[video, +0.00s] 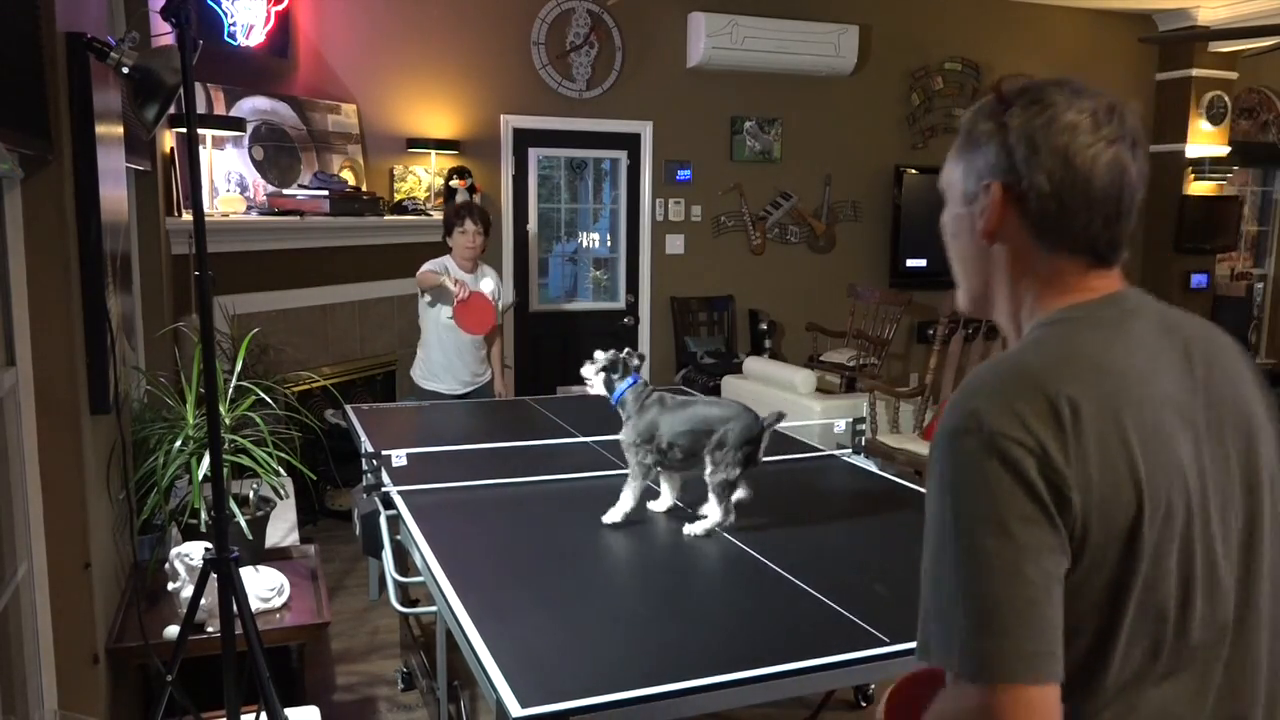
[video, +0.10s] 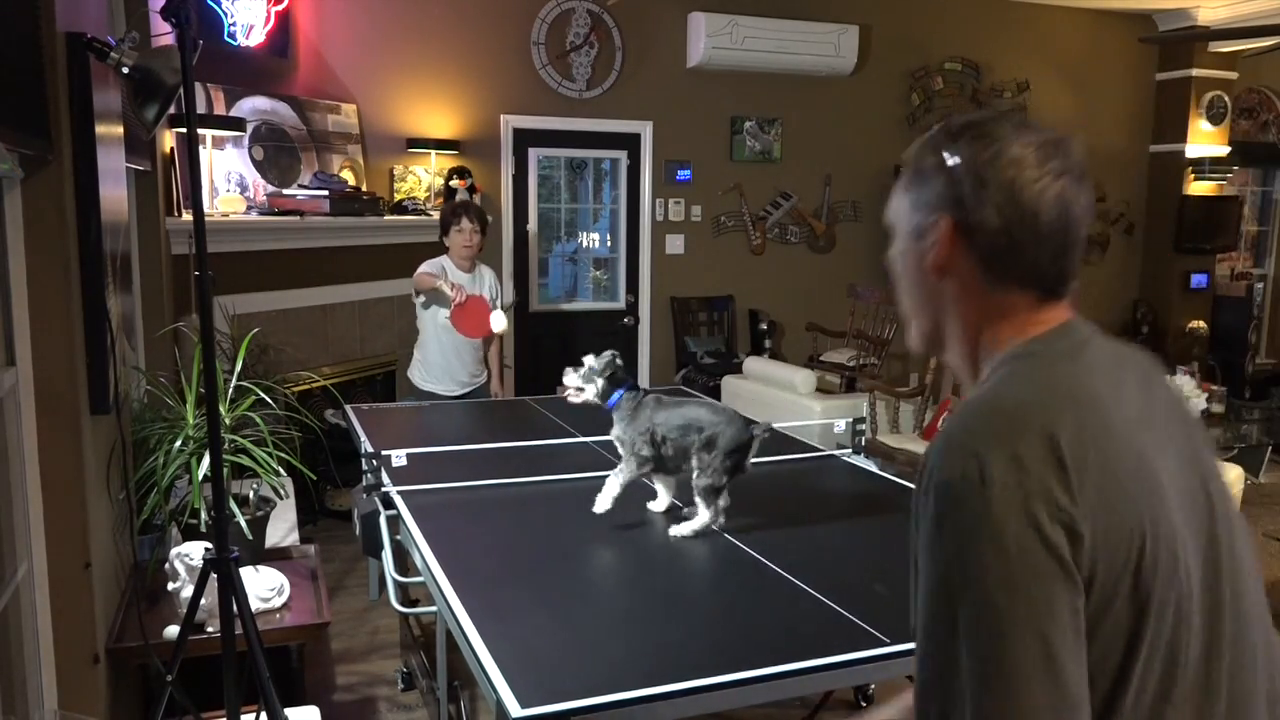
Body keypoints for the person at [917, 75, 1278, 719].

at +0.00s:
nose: (944, 228)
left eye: (948, 201)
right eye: (943, 202)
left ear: (990, 209)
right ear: (1110, 208)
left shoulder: (1004, 410)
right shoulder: (1224, 357)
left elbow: (1013, 703)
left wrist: (925, 701)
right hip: (1245, 705)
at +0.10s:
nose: (891, 265)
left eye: (896, 236)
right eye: (890, 238)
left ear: (938, 244)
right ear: (1052, 240)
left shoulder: (989, 448)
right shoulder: (1138, 374)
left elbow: (1012, 700)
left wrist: (909, 703)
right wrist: (929, 691)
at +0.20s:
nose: (810, 321)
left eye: (814, 295)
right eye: (811, 296)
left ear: (855, 305)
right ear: (960, 298)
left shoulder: (954, 491)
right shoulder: (1009, 412)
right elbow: (915, 591)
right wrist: (731, 656)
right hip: (1225, 697)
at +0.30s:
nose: (726, 384)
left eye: (734, 359)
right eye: (729, 361)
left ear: (776, 374)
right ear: (868, 362)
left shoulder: (902, 543)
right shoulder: (867, 471)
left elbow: (975, 705)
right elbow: (772, 560)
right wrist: (640, 576)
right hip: (1147, 689)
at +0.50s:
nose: (670, 392)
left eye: (670, 371)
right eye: (671, 370)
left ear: (698, 385)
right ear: (811, 354)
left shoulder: (825, 562)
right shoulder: (882, 451)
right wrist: (659, 590)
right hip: (1139, 701)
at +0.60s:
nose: (681, 346)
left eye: (683, 327)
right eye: (684, 324)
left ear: (710, 342)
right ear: (831, 305)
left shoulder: (822, 535)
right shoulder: (914, 414)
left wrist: (762, 707)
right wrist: (794, 685)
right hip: (1138, 697)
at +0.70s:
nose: (715, 317)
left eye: (719, 296)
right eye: (717, 295)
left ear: (747, 316)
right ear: (876, 292)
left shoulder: (836, 516)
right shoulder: (960, 402)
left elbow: (911, 705)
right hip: (1145, 701)